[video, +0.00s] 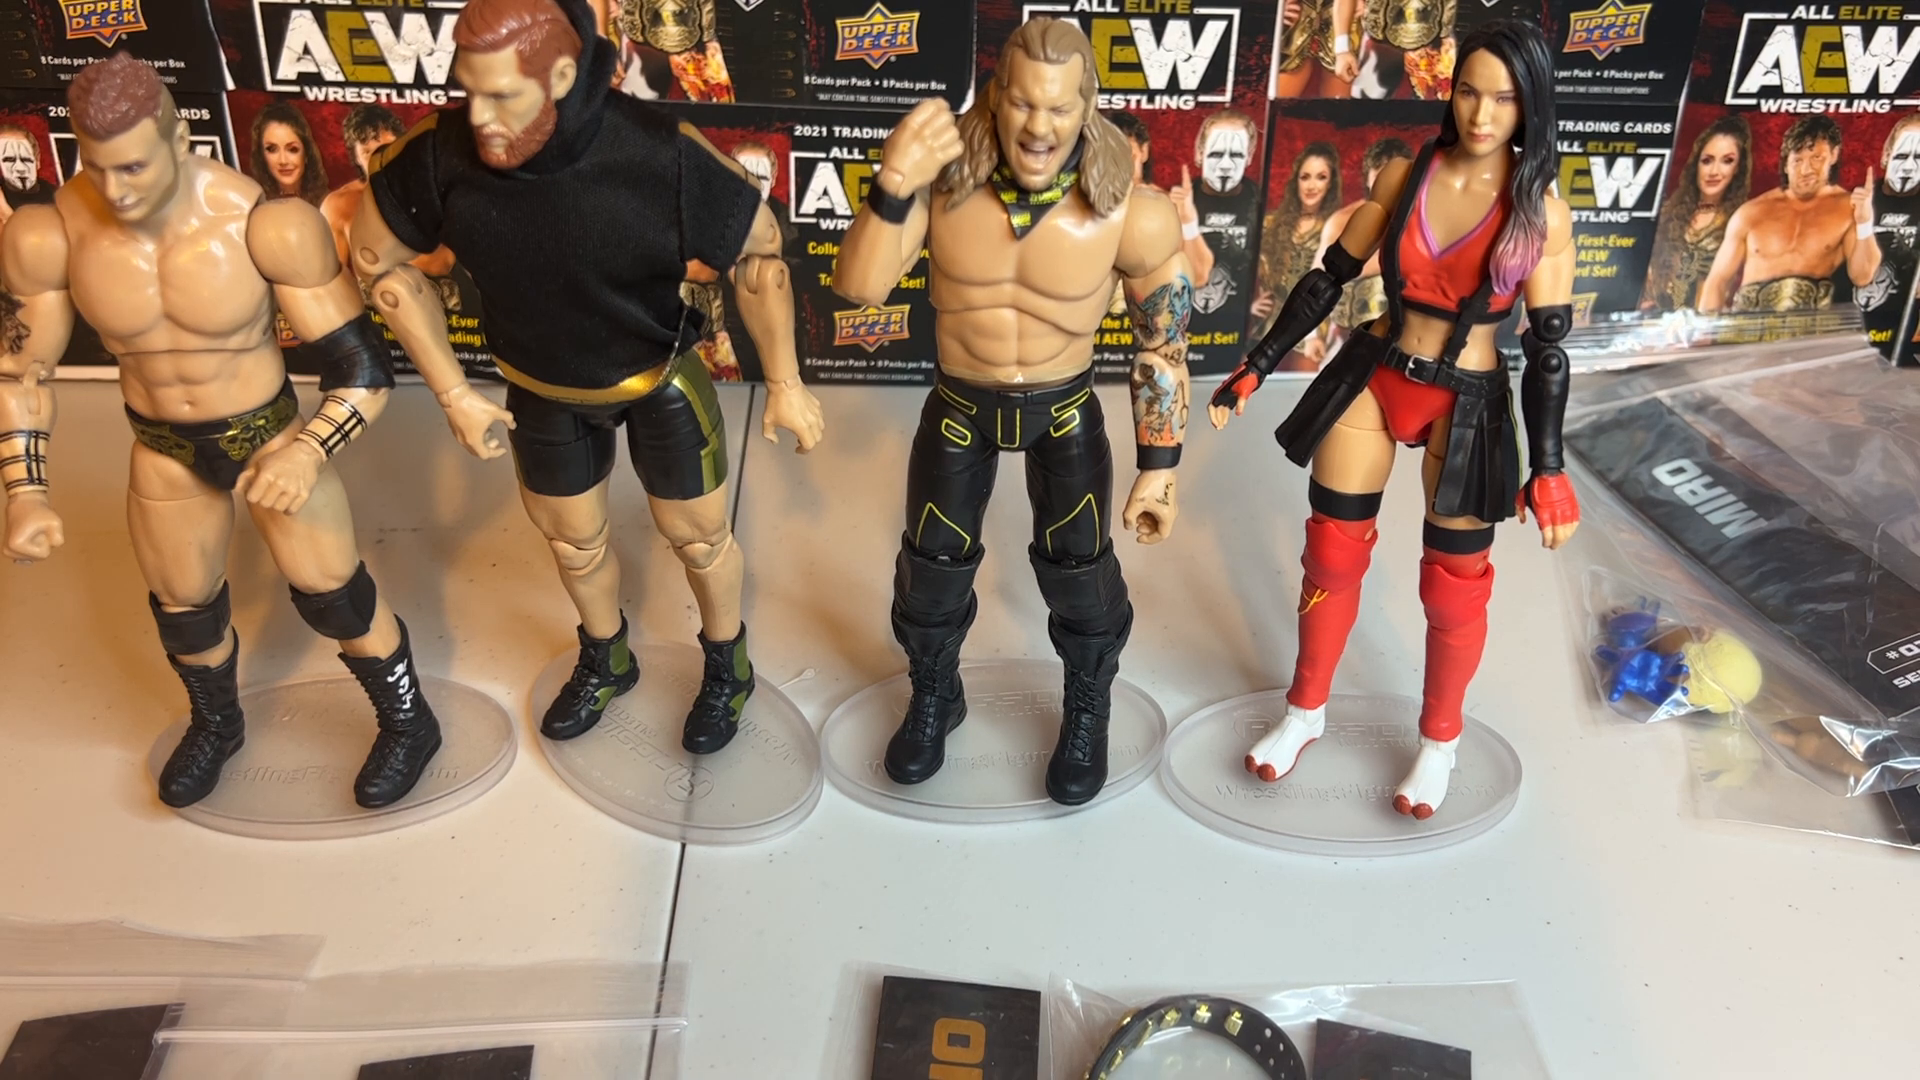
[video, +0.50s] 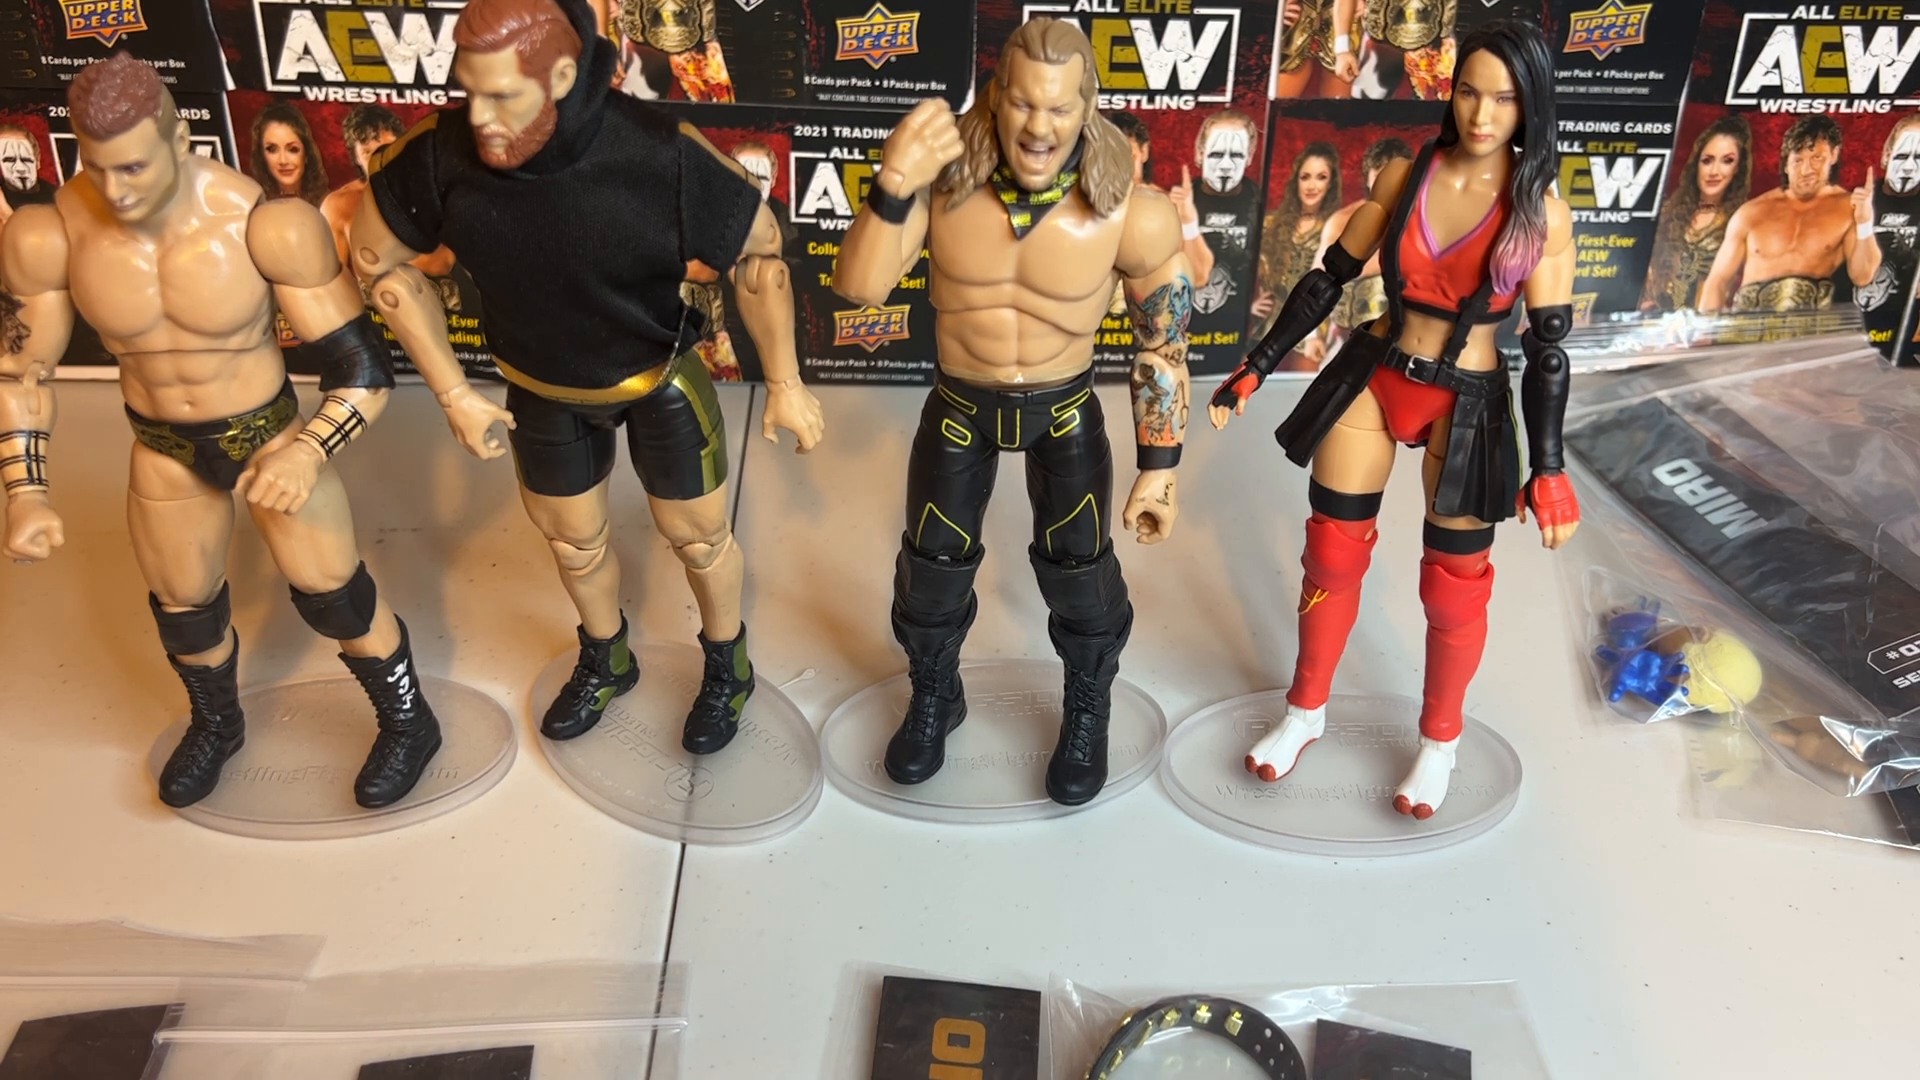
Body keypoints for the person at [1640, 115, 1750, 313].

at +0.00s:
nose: (1714, 171)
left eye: (1727, 161)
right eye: (1707, 160)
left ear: (1739, 168)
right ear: (1695, 164)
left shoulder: (1742, 220)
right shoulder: (1670, 213)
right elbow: (1654, 268)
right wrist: (1649, 301)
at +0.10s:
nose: (1714, 171)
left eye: (1727, 161)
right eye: (1707, 160)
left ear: (1739, 168)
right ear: (1695, 164)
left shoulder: (1742, 220)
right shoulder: (1670, 213)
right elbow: (1654, 266)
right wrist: (1649, 300)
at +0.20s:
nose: (1714, 171)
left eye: (1727, 161)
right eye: (1707, 160)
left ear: (1739, 168)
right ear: (1695, 164)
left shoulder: (1742, 220)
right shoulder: (1670, 213)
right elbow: (1653, 267)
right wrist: (1649, 300)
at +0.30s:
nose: (1714, 171)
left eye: (1727, 161)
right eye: (1707, 160)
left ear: (1739, 168)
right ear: (1695, 164)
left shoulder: (1742, 220)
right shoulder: (1670, 213)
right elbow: (1654, 269)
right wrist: (1649, 301)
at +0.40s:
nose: (1714, 171)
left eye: (1727, 161)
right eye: (1707, 160)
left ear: (1739, 168)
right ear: (1695, 164)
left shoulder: (1742, 219)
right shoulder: (1671, 212)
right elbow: (1655, 265)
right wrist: (1649, 300)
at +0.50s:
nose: (1714, 171)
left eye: (1727, 161)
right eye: (1707, 160)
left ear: (1739, 168)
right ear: (1696, 164)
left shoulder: (1742, 219)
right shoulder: (1671, 212)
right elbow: (1655, 266)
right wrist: (1649, 301)